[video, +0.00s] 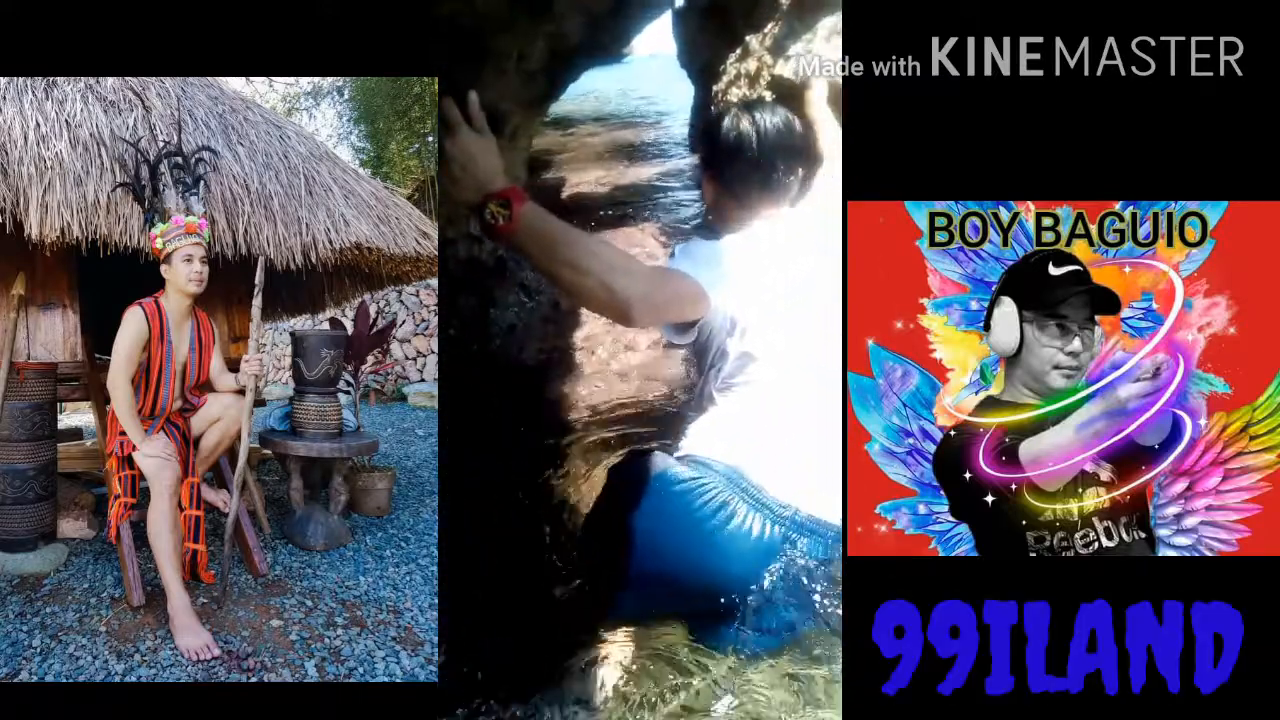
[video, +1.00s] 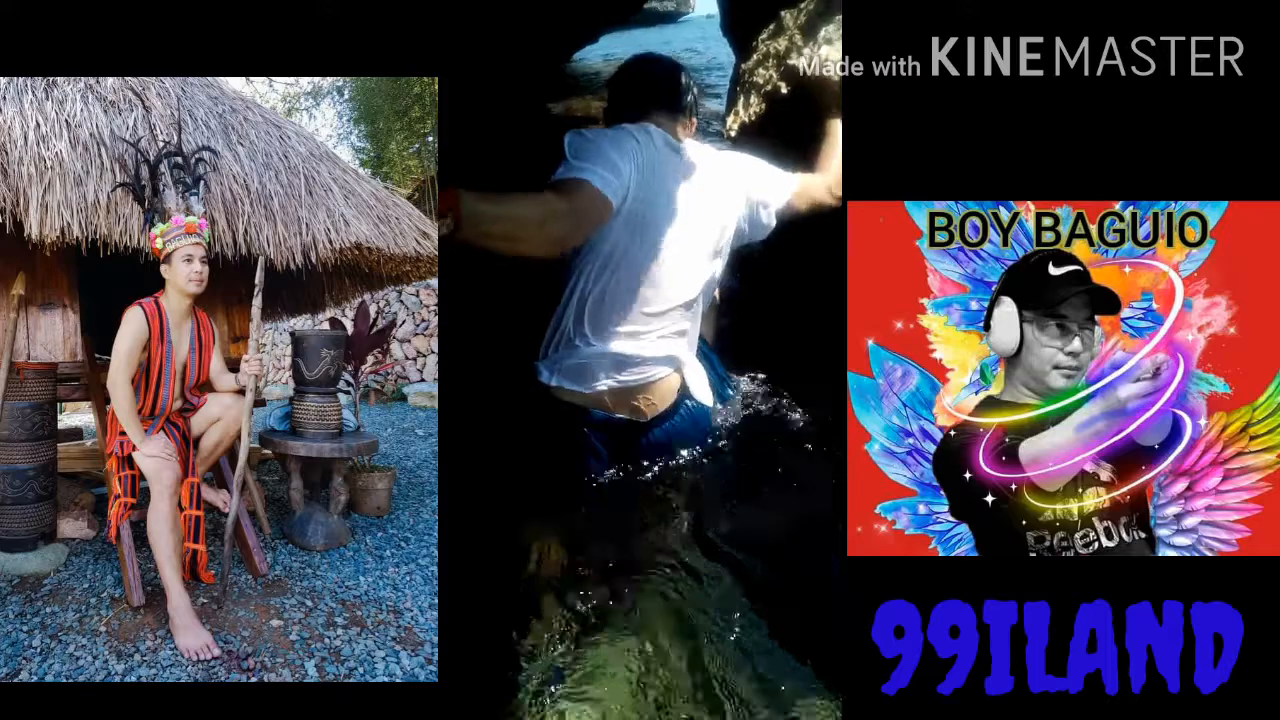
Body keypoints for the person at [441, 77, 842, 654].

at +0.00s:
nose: (705, 196)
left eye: (705, 183)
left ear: (710, 184)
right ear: (803, 177)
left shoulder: (748, 254)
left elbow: (634, 297)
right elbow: (831, 157)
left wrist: (498, 198)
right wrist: (815, 95)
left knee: (641, 489)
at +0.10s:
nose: (691, 196)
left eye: (691, 181)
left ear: (693, 188)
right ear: (782, 180)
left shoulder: (726, 259)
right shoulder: (825, 239)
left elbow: (617, 306)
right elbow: (830, 164)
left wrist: (476, 202)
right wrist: (807, 102)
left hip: (685, 526)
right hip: (789, 555)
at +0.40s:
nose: (652, 153)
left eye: (653, 139)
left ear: (657, 145)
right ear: (753, 144)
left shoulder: (669, 229)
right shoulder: (797, 212)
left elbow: (569, 304)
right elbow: (827, 143)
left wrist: (444, 209)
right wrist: (798, 69)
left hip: (659, 524)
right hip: (770, 522)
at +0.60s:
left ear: (615, 134)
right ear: (709, 124)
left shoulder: (620, 204)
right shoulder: (762, 190)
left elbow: (548, 303)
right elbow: (827, 140)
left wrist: (420, 227)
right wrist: (801, 65)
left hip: (625, 487)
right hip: (730, 483)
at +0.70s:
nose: (583, 148)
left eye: (585, 137)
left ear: (597, 145)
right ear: (681, 137)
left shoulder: (607, 205)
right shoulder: (738, 199)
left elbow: (546, 308)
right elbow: (818, 165)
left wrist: (419, 244)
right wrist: (798, 85)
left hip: (613, 503)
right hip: (715, 491)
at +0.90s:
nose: (580, 142)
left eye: (586, 131)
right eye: (685, 130)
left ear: (601, 132)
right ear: (677, 135)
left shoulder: (604, 163)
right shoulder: (721, 187)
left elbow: (563, 252)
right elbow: (819, 189)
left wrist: (433, 221)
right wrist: (817, 105)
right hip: (669, 441)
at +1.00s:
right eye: (699, 119)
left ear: (616, 112)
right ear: (691, 123)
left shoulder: (613, 143)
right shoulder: (730, 172)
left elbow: (564, 224)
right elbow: (827, 189)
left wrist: (450, 208)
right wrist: (834, 110)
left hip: (577, 416)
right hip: (675, 419)